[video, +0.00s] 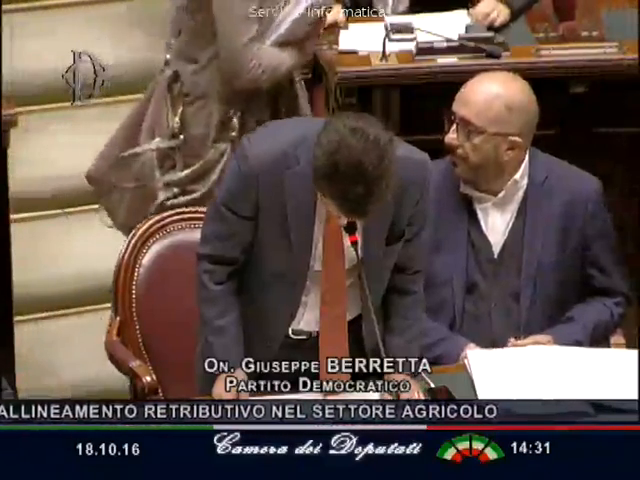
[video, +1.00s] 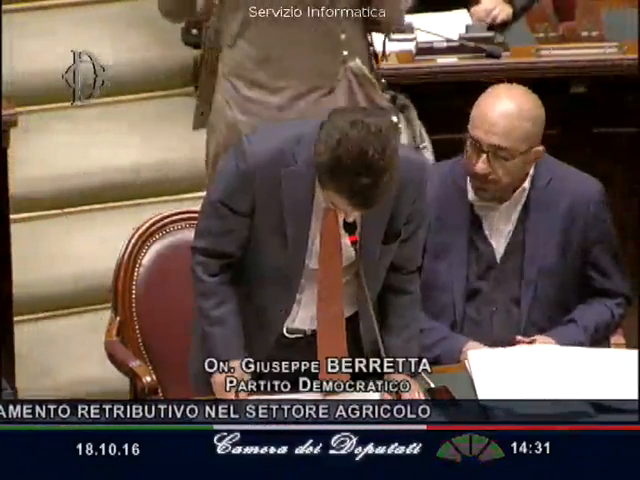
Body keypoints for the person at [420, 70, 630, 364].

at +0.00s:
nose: (449, 139)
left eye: (468, 131)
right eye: (452, 121)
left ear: (511, 149)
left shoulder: (578, 195)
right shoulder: (423, 187)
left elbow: (612, 296)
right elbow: (395, 307)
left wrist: (557, 340)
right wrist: (458, 352)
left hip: (548, 381)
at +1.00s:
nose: (480, 167)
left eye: (500, 155)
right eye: (474, 146)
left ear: (534, 156)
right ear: (467, 134)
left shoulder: (581, 198)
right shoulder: (428, 188)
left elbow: (612, 296)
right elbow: (390, 300)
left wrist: (558, 341)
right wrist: (458, 349)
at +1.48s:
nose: (517, 188)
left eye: (534, 173)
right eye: (505, 170)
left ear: (557, 163)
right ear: (485, 150)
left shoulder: (592, 203)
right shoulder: (434, 197)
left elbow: (613, 298)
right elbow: (396, 305)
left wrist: (561, 342)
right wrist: (461, 353)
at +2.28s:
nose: (500, 208)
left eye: (511, 190)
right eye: (484, 195)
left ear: (523, 162)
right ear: (454, 177)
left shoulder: (571, 201)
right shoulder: (425, 217)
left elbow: (605, 290)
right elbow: (409, 321)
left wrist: (568, 315)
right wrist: (466, 360)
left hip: (559, 367)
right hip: (468, 374)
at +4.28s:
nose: (474, 209)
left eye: (483, 189)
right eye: (457, 198)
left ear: (495, 157)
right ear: (428, 183)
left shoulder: (553, 196)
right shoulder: (409, 222)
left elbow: (588, 271)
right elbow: (399, 326)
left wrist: (604, 307)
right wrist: (455, 353)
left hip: (556, 377)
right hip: (458, 388)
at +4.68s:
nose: (476, 207)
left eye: (483, 188)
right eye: (458, 198)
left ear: (494, 159)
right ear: (430, 185)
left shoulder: (552, 196)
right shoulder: (410, 221)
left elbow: (599, 279)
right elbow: (400, 325)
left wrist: (565, 302)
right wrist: (455, 353)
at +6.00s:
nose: (476, 208)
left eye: (482, 188)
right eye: (458, 199)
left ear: (492, 158)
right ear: (430, 187)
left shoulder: (553, 198)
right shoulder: (408, 224)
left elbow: (594, 282)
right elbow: (401, 326)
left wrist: (578, 310)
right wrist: (448, 350)